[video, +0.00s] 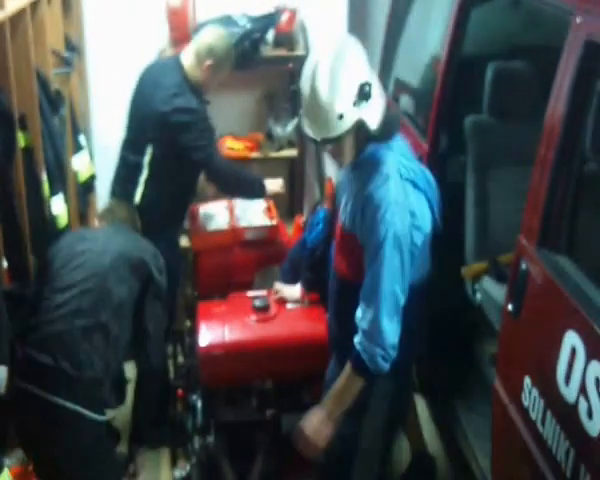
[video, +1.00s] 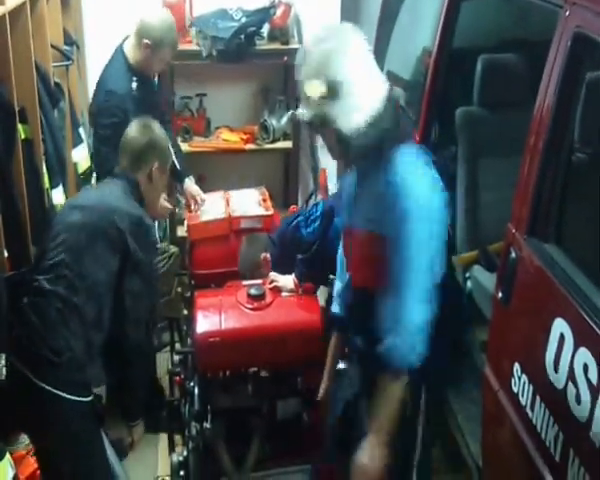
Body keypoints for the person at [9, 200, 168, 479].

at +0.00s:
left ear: (99, 221)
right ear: (136, 226)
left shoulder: (65, 242)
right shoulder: (146, 254)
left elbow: (35, 308)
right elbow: (152, 353)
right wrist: (142, 440)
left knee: (49, 471)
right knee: (93, 471)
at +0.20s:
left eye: (96, 212)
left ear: (97, 212)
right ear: (136, 214)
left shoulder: (68, 236)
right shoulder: (145, 247)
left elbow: (41, 304)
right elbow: (150, 349)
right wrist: (138, 436)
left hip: (26, 386)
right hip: (80, 399)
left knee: (51, 471)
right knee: (96, 471)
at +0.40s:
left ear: (101, 208)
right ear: (140, 215)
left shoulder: (69, 233)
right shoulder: (145, 246)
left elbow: (42, 303)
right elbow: (148, 348)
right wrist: (141, 435)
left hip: (20, 389)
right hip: (74, 404)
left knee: (52, 473)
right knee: (98, 472)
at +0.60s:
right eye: (147, 216)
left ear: (104, 201)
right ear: (145, 215)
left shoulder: (70, 225)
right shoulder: (146, 244)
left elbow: (31, 289)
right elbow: (143, 346)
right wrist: (138, 433)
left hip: (19, 382)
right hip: (72, 400)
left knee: (54, 472)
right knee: (96, 472)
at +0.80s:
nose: (162, 202)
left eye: (164, 193)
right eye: (163, 193)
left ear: (119, 179)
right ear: (154, 190)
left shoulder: (73, 214)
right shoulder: (141, 234)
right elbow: (139, 338)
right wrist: (135, 421)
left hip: (20, 369)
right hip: (68, 383)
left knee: (56, 470)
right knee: (95, 472)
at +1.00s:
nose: (168, 190)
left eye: (171, 179)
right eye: (169, 178)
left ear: (122, 163)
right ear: (154, 171)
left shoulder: (82, 201)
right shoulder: (132, 221)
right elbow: (135, 328)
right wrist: (133, 413)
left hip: (26, 363)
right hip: (63, 376)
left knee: (60, 470)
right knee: (94, 472)